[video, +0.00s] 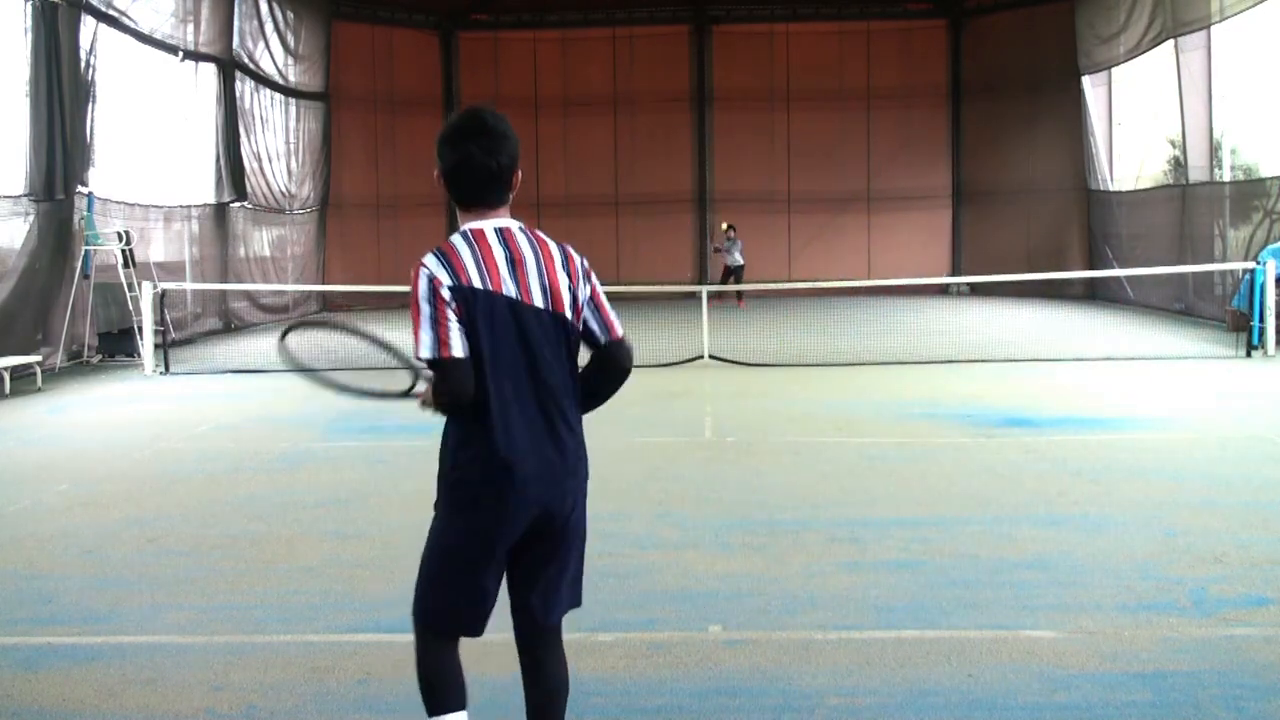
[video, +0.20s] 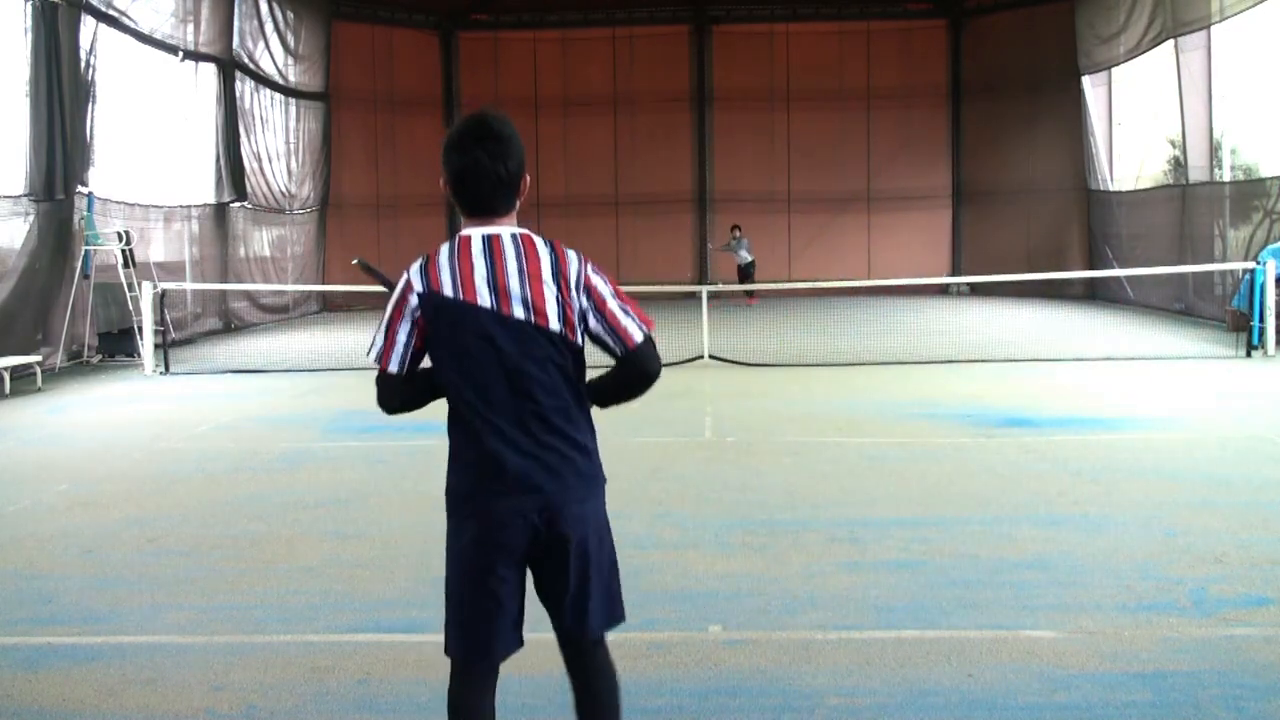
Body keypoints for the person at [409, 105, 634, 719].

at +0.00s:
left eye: (441, 171)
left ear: (443, 183)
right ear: (517, 178)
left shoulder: (440, 268)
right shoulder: (563, 259)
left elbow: (457, 387)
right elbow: (617, 356)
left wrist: (436, 395)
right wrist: (566, 404)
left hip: (485, 485)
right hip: (560, 479)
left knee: (436, 625)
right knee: (542, 628)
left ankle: (452, 719)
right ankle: (549, 719)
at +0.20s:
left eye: (445, 176)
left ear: (447, 188)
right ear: (525, 186)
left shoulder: (425, 276)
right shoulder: (568, 267)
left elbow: (392, 395)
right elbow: (644, 364)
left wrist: (459, 370)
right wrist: (582, 396)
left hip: (483, 500)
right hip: (570, 492)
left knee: (475, 663)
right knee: (587, 647)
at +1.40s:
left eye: (509, 246)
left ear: (517, 259)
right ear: (599, 247)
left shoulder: (535, 354)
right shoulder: (660, 325)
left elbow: (548, 491)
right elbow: (710, 450)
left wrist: (609, 540)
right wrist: (666, 516)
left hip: (619, 585)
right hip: (701, 571)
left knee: (568, 711)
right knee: (637, 707)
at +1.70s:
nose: (518, 221)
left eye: (517, 210)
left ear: (522, 216)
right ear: (598, 199)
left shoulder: (584, 285)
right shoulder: (622, 271)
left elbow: (574, 422)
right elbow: (603, 424)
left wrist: (505, 476)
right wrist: (530, 503)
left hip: (682, 524)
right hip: (699, 513)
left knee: (650, 694)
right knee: (624, 674)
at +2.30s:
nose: (500, 247)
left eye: (499, 236)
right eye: (497, 234)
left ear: (517, 237)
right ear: (571, 219)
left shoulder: (513, 297)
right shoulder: (638, 286)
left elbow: (512, 403)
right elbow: (624, 382)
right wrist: (527, 424)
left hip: (583, 500)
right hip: (659, 493)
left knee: (627, 683)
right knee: (628, 635)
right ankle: (612, 707)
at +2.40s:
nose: (488, 218)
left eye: (486, 208)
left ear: (495, 216)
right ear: (558, 196)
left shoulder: (495, 280)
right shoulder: (619, 263)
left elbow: (558, 293)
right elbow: (673, 329)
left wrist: (632, 262)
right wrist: (661, 267)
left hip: (560, 485)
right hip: (638, 482)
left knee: (602, 649)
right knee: (625, 634)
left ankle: (625, 716)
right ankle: (615, 715)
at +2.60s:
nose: (565, 169)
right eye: (564, 162)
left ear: (491, 190)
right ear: (561, 175)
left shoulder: (488, 255)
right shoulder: (601, 260)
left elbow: (574, 241)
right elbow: (699, 301)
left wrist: (657, 205)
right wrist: (712, 224)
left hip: (521, 476)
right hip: (598, 476)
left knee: (532, 636)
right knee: (602, 631)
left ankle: (529, 718)